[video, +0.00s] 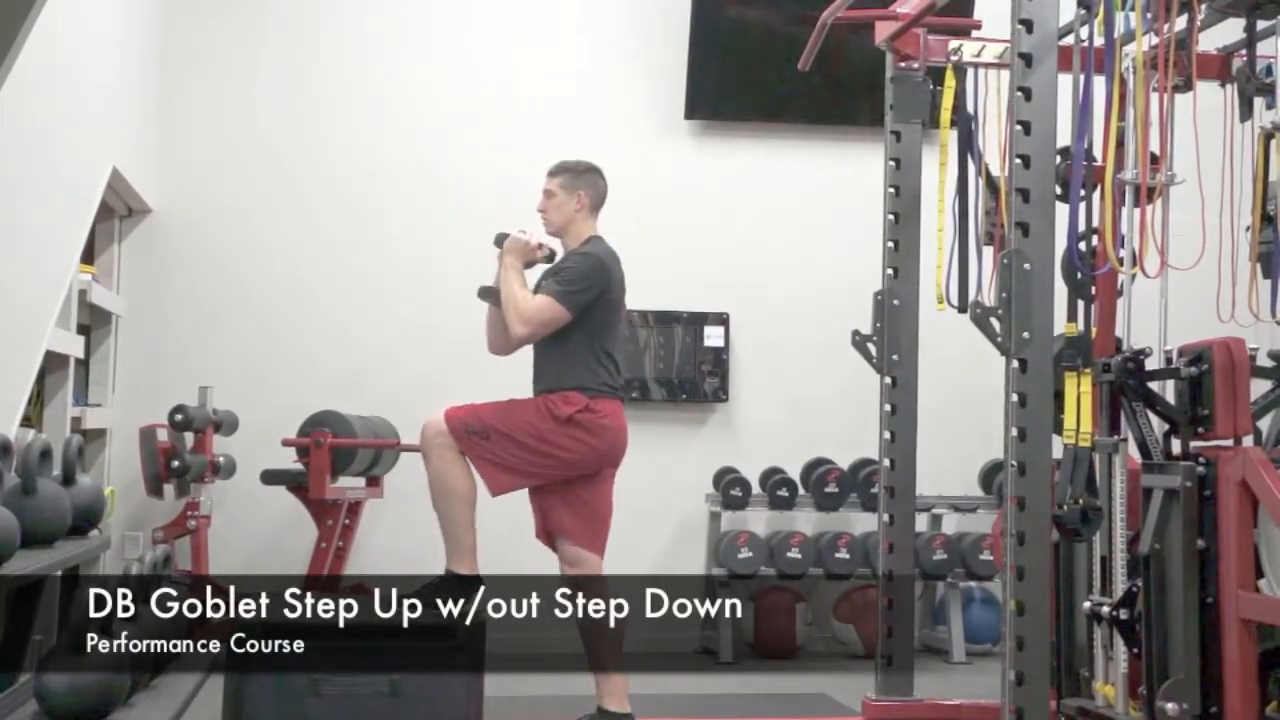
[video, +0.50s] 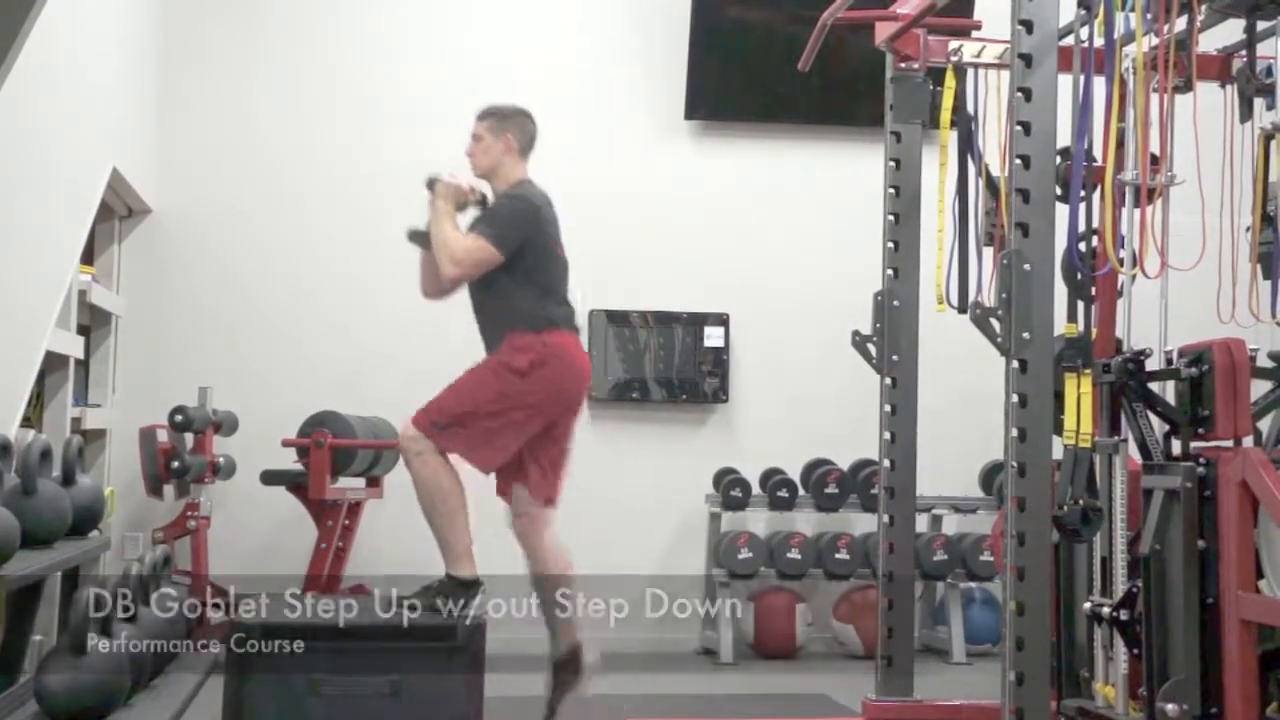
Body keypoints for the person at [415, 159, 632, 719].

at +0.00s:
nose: (540, 204)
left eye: (550, 195)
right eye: (542, 194)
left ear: (581, 201)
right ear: (574, 203)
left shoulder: (595, 261)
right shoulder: (569, 267)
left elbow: (525, 323)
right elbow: (502, 342)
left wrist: (510, 262)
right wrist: (506, 275)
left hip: (580, 416)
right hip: (585, 420)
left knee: (440, 434)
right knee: (581, 562)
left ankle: (462, 578)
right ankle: (615, 707)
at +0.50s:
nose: (468, 150)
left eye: (477, 140)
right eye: (470, 140)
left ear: (509, 144)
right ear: (508, 144)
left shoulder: (522, 203)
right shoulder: (505, 209)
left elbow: (455, 263)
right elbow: (433, 286)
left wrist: (443, 202)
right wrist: (439, 219)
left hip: (537, 358)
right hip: (559, 363)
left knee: (420, 438)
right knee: (529, 517)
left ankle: (461, 580)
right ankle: (569, 648)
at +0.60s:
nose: (461, 112)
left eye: (470, 102)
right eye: (463, 102)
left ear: (503, 106)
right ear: (501, 106)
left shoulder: (517, 165)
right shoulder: (501, 171)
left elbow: (449, 232)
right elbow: (431, 252)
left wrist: (435, 165)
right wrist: (431, 183)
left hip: (531, 321)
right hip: (536, 324)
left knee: (431, 437)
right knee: (469, 468)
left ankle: (462, 581)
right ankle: (542, 588)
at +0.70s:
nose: (461, 80)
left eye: (470, 70)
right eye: (463, 70)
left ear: (502, 74)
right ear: (499, 75)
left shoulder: (517, 134)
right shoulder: (495, 141)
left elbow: (449, 200)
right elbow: (437, 225)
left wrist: (435, 138)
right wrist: (430, 164)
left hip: (529, 296)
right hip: (505, 295)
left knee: (451, 426)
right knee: (414, 400)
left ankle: (466, 578)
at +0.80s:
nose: (463, 65)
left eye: (472, 54)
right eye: (465, 55)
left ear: (505, 55)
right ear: (504, 56)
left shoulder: (517, 112)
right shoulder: (498, 119)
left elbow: (449, 181)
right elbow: (439, 209)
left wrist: (436, 118)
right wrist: (438, 141)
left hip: (518, 285)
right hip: (480, 281)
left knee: (468, 431)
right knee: (379, 321)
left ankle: (467, 580)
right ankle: (446, 433)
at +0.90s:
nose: (464, 60)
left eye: (472, 49)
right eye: (466, 49)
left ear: (504, 50)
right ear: (504, 52)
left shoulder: (518, 109)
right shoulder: (494, 114)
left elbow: (445, 171)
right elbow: (435, 202)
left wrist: (435, 109)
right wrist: (436, 130)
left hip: (510, 282)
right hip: (477, 268)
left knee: (469, 434)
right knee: (373, 241)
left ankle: (466, 579)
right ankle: (398, 370)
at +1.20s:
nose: (467, 64)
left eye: (476, 53)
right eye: (469, 53)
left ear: (509, 55)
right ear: (507, 55)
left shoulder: (522, 114)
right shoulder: (499, 120)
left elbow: (448, 177)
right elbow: (439, 209)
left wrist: (439, 117)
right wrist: (439, 139)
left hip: (508, 287)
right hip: (470, 280)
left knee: (462, 434)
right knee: (368, 316)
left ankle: (466, 580)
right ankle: (436, 439)